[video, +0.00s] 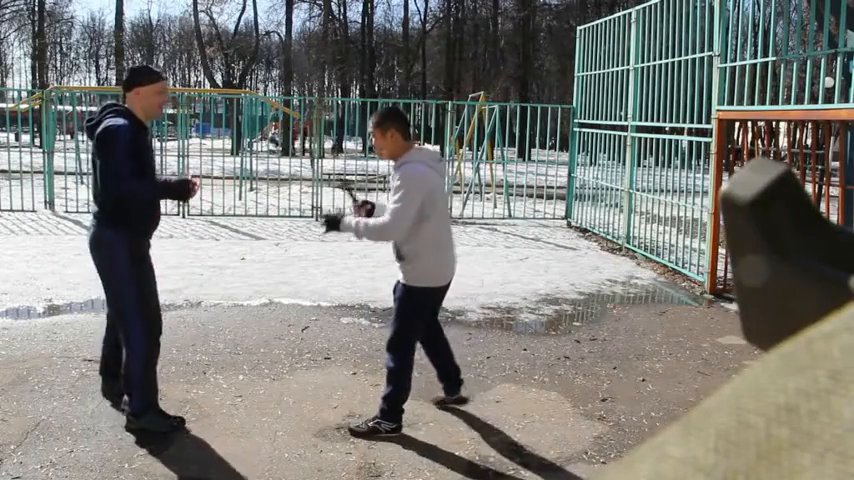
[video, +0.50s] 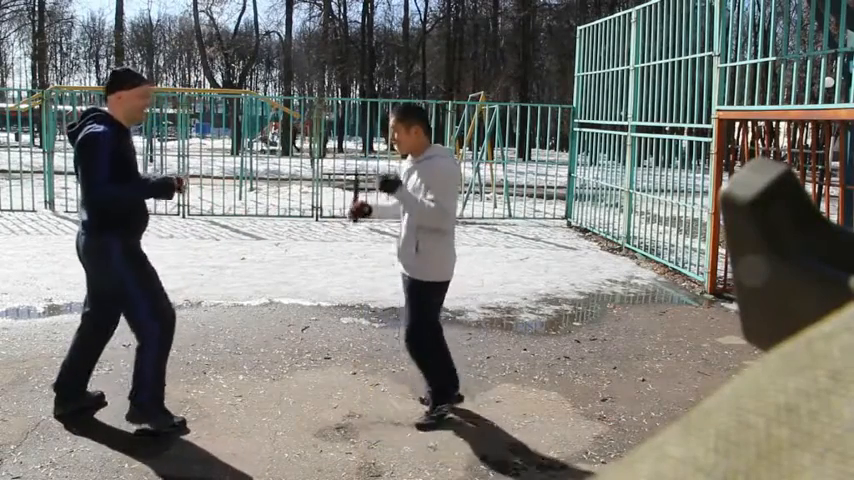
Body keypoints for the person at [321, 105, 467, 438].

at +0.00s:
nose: (374, 144)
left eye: (376, 137)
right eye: (373, 137)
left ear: (394, 135)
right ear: (398, 135)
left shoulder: (411, 173)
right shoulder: (423, 163)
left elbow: (392, 228)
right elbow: (412, 213)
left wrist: (346, 224)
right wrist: (376, 210)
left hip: (421, 276)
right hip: (436, 271)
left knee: (399, 346)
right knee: (428, 329)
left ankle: (389, 418)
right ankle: (453, 388)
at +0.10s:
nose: (375, 144)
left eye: (379, 136)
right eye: (375, 137)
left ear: (398, 135)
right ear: (401, 135)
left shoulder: (412, 173)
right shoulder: (426, 164)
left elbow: (393, 226)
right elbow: (416, 213)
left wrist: (346, 233)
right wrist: (379, 209)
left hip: (420, 275)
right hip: (437, 270)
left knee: (398, 345)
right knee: (428, 329)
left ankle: (389, 419)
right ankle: (449, 389)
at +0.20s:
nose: (382, 145)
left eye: (385, 137)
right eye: (381, 138)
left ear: (403, 136)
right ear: (406, 137)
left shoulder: (416, 174)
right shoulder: (428, 163)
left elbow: (408, 229)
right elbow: (414, 218)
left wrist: (362, 237)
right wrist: (376, 214)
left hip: (422, 275)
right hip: (437, 271)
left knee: (396, 344)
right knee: (432, 331)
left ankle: (388, 417)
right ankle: (451, 392)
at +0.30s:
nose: (385, 143)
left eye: (388, 136)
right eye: (384, 137)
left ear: (407, 135)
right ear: (407, 136)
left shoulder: (422, 172)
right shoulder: (422, 163)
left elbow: (428, 228)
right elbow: (413, 215)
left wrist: (387, 231)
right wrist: (376, 210)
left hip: (427, 274)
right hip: (438, 269)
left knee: (400, 342)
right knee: (437, 332)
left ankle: (392, 415)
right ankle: (452, 393)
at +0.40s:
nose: (389, 140)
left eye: (392, 133)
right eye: (388, 134)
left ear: (412, 132)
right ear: (409, 133)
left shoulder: (432, 167)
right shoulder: (415, 162)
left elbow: (442, 221)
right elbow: (411, 206)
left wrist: (396, 213)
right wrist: (376, 202)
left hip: (430, 269)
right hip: (426, 265)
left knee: (405, 339)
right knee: (435, 327)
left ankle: (422, 406)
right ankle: (451, 391)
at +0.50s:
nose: (392, 138)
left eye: (396, 132)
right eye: (391, 132)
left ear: (416, 131)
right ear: (411, 133)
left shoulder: (441, 166)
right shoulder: (414, 164)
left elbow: (442, 217)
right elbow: (407, 209)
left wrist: (401, 192)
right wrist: (371, 210)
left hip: (431, 269)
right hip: (416, 266)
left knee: (418, 338)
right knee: (426, 331)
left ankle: (444, 400)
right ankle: (445, 389)